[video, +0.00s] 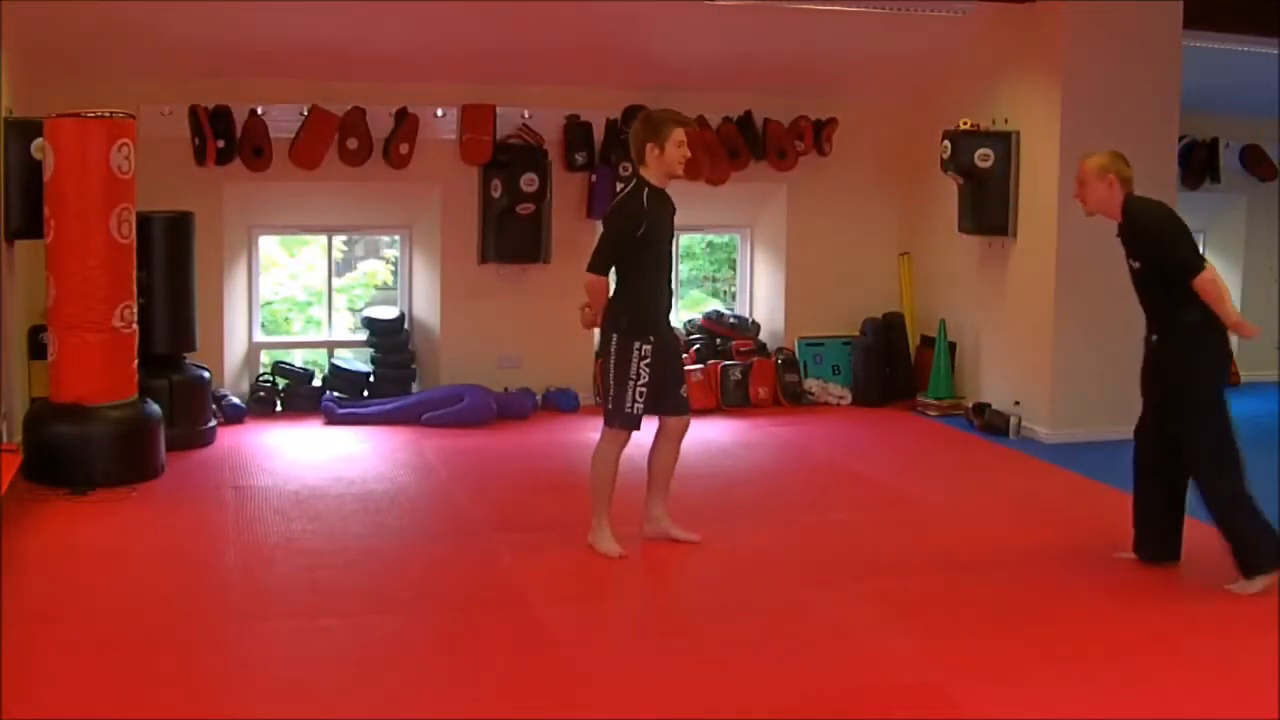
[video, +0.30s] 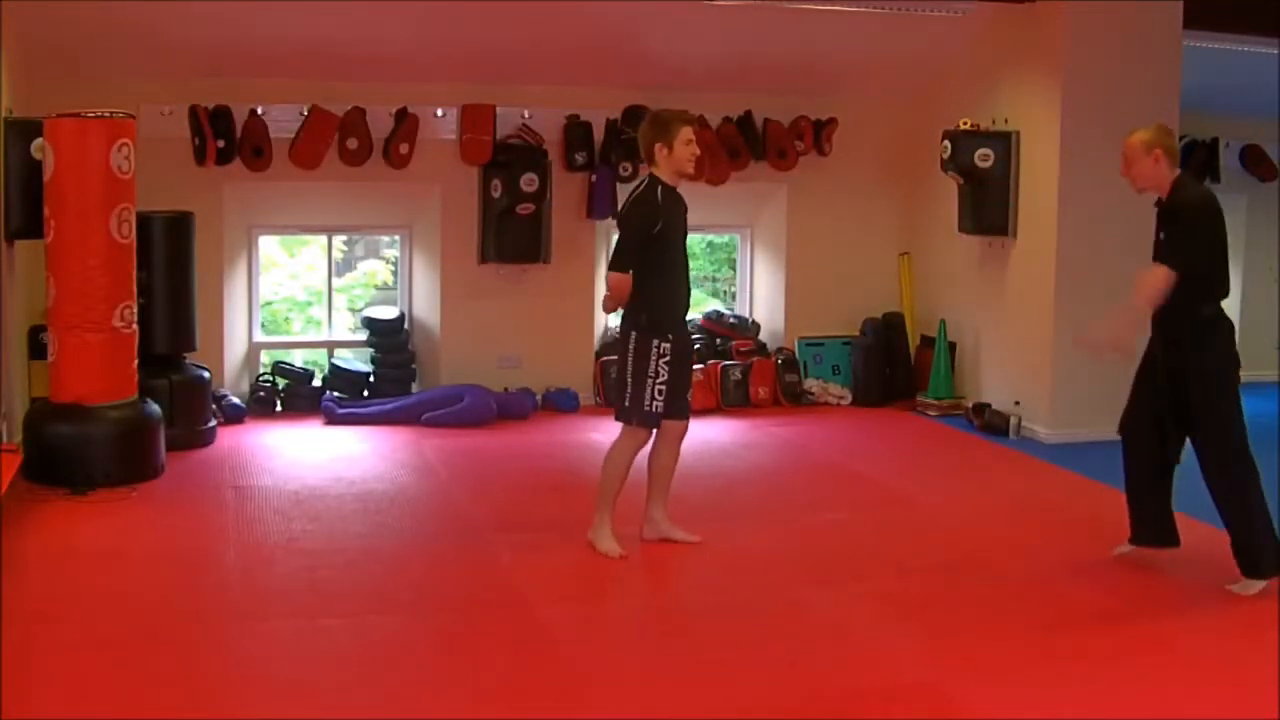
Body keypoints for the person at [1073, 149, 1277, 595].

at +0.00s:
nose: (1077, 193)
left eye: (1082, 184)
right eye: (1077, 185)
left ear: (1110, 184)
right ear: (1108, 185)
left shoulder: (1150, 219)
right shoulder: (1133, 224)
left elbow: (1202, 277)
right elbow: (1186, 280)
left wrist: (1232, 320)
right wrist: (1224, 322)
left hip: (1192, 354)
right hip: (1167, 354)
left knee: (1210, 456)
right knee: (1156, 447)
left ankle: (1263, 559)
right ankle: (1156, 547)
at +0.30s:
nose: (1126, 175)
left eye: (1130, 165)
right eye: (1125, 166)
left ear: (1157, 159)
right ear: (1158, 160)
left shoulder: (1189, 204)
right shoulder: (1177, 202)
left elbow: (1163, 277)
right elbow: (1170, 277)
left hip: (1202, 340)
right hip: (1174, 338)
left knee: (1224, 451)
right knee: (1139, 430)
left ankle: (1263, 564)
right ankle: (1152, 534)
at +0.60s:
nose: (1112, 168)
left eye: (1119, 160)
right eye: (1114, 159)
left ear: (1147, 164)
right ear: (1148, 166)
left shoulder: (1150, 212)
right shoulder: (1161, 210)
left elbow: (1068, 210)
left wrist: (1003, 195)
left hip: (1149, 352)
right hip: (1133, 351)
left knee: (1178, 458)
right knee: (1107, 454)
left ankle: (1248, 555)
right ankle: (1120, 558)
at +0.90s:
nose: (1042, 145)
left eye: (1050, 138)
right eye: (1046, 137)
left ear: (1076, 146)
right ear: (1079, 147)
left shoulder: (1076, 191)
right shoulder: (1087, 191)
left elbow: (1002, 187)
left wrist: (931, 176)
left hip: (1073, 328)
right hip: (1084, 325)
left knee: (1043, 439)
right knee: (1092, 436)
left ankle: (1077, 549)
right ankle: (1111, 545)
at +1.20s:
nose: (947, 166)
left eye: (953, 158)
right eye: (949, 158)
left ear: (977, 165)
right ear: (984, 167)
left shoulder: (977, 213)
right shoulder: (997, 212)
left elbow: (904, 204)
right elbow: (910, 202)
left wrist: (843, 191)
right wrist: (850, 190)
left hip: (969, 348)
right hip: (984, 343)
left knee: (928, 449)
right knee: (990, 444)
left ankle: (920, 562)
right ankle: (1062, 523)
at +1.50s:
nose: (859, 159)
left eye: (864, 151)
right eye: (860, 151)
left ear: (883, 153)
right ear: (898, 155)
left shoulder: (886, 199)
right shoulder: (916, 200)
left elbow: (818, 206)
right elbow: (836, 205)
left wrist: (763, 195)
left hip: (888, 337)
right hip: (898, 333)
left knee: (892, 448)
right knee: (859, 433)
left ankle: (922, 563)